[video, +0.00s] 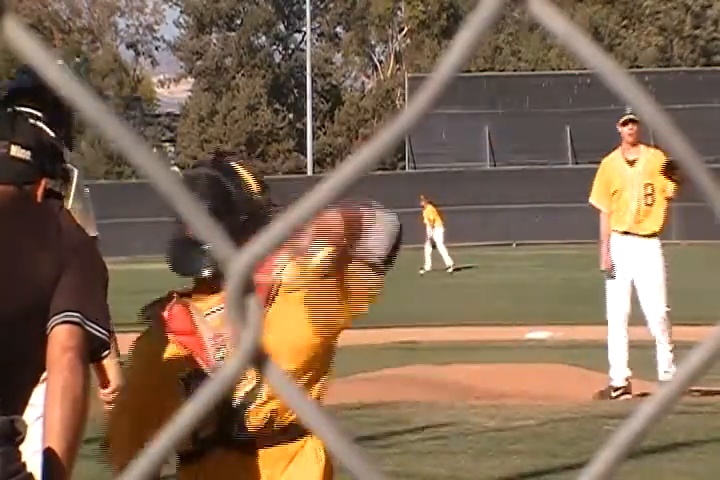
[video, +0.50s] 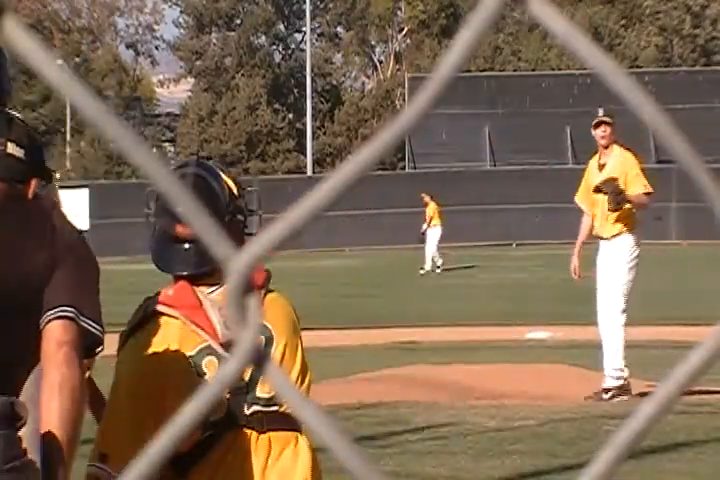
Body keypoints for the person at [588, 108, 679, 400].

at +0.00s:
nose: (630, 129)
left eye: (634, 124)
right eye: (625, 124)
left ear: (640, 128)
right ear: (619, 129)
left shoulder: (656, 157)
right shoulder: (609, 163)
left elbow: (671, 194)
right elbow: (604, 211)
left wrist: (675, 178)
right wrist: (604, 250)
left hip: (649, 242)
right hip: (619, 242)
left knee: (658, 311)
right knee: (617, 313)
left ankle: (666, 372)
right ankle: (619, 377)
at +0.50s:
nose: (603, 132)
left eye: (607, 127)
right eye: (598, 127)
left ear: (614, 131)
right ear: (593, 133)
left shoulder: (625, 158)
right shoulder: (593, 165)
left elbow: (646, 198)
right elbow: (588, 214)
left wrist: (623, 198)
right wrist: (576, 251)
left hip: (623, 240)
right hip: (604, 242)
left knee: (614, 308)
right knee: (603, 309)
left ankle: (617, 377)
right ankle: (612, 376)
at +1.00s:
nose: (592, 121)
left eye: (597, 118)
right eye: (593, 117)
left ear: (602, 123)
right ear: (592, 124)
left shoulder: (600, 148)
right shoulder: (590, 158)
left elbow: (598, 112)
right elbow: (591, 206)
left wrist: (581, 80)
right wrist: (582, 240)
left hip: (605, 226)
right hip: (596, 228)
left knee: (600, 299)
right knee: (597, 299)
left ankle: (612, 373)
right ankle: (610, 372)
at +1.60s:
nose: (579, 132)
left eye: (580, 129)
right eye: (581, 129)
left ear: (584, 128)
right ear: (599, 129)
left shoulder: (572, 145)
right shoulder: (616, 154)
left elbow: (547, 160)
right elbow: (624, 202)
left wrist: (539, 171)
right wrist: (617, 236)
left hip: (582, 225)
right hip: (609, 227)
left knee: (572, 298)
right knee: (606, 300)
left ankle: (591, 364)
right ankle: (610, 365)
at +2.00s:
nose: (551, 152)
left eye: (552, 147)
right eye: (553, 147)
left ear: (556, 146)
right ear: (571, 142)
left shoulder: (549, 170)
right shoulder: (595, 165)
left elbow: (541, 222)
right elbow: (608, 209)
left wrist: (552, 218)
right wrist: (608, 250)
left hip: (560, 239)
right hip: (590, 239)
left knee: (557, 311)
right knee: (591, 310)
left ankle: (562, 376)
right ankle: (600, 355)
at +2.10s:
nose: (549, 149)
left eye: (549, 145)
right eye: (550, 145)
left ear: (553, 143)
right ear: (569, 140)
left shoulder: (545, 166)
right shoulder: (591, 160)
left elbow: (533, 217)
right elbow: (603, 205)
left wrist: (557, 216)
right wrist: (602, 244)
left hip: (557, 235)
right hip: (586, 235)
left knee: (556, 307)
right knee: (585, 301)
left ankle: (562, 376)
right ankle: (587, 344)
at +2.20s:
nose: (550, 146)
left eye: (550, 142)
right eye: (554, 142)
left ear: (551, 141)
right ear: (570, 137)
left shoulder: (542, 163)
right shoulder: (588, 155)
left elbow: (528, 212)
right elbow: (600, 200)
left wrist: (553, 216)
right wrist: (598, 234)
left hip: (553, 232)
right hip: (582, 232)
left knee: (557, 307)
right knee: (586, 299)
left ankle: (562, 375)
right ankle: (578, 350)